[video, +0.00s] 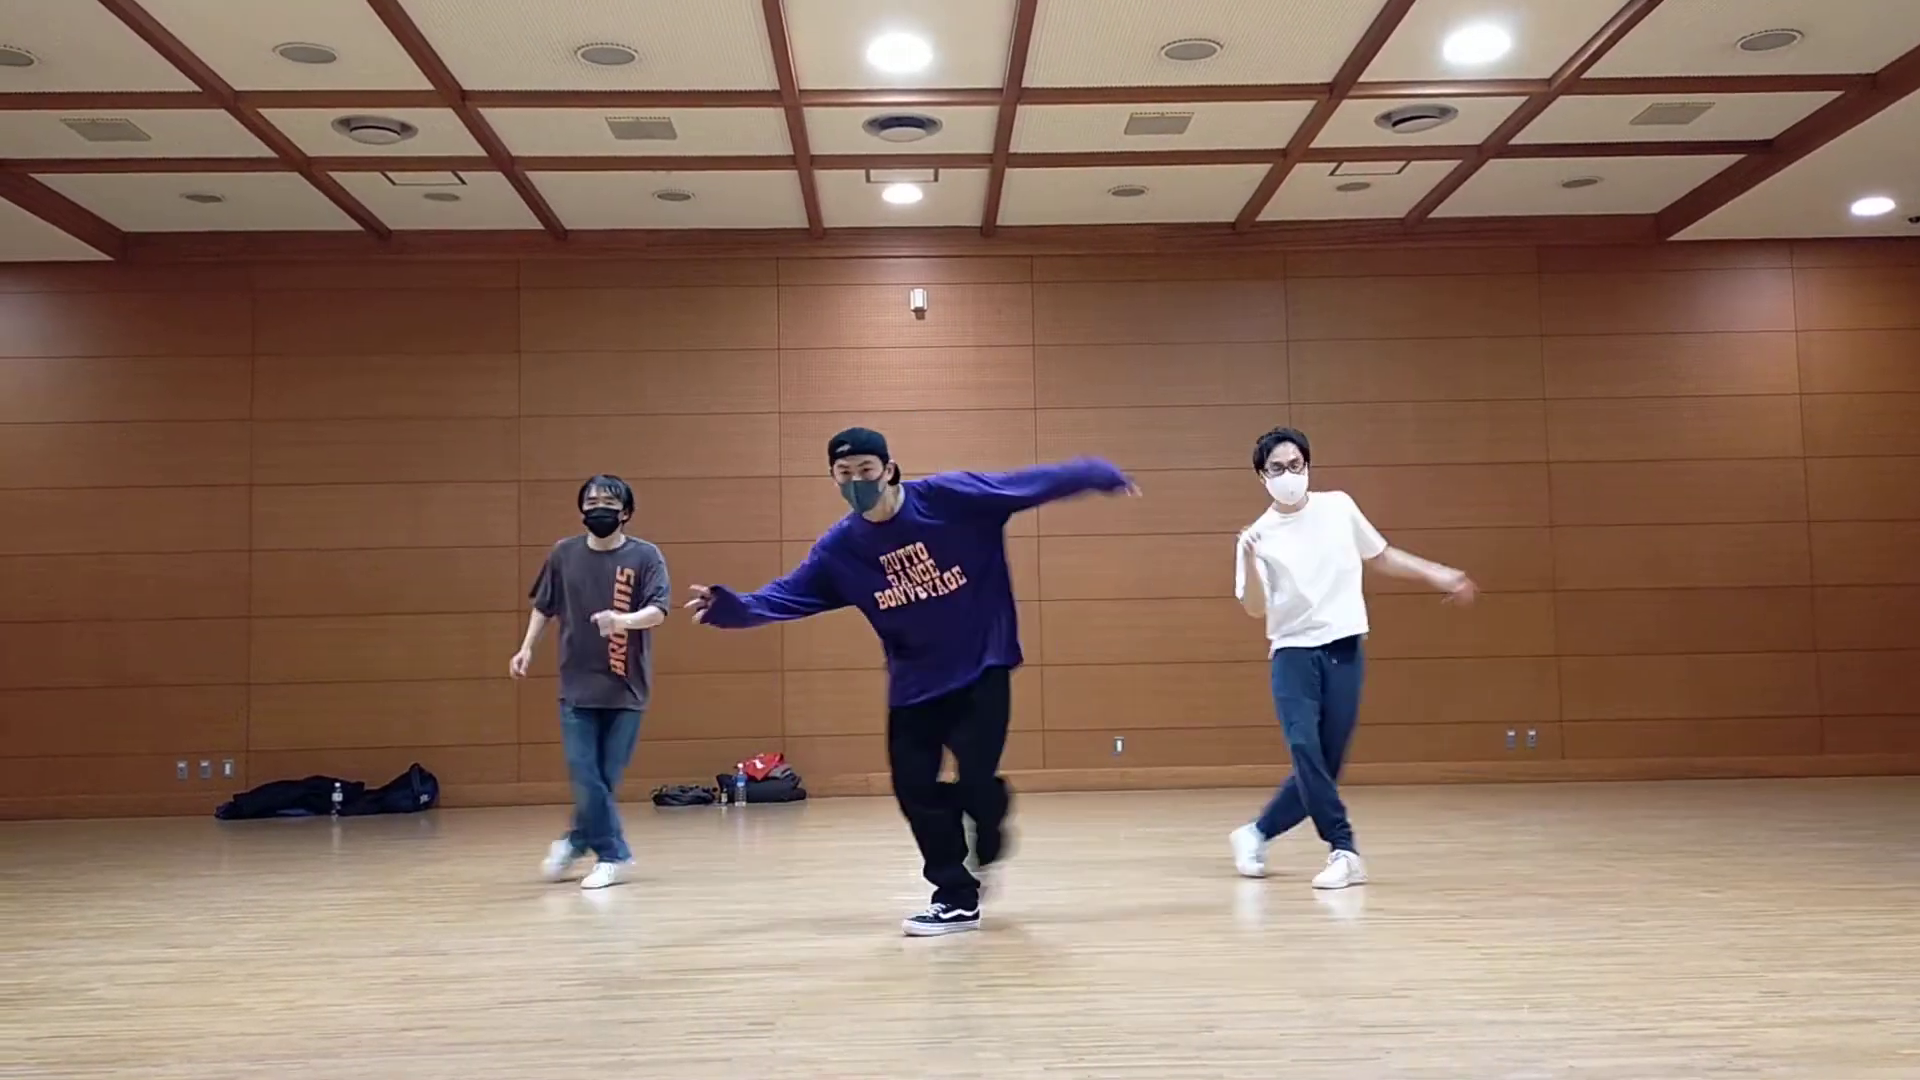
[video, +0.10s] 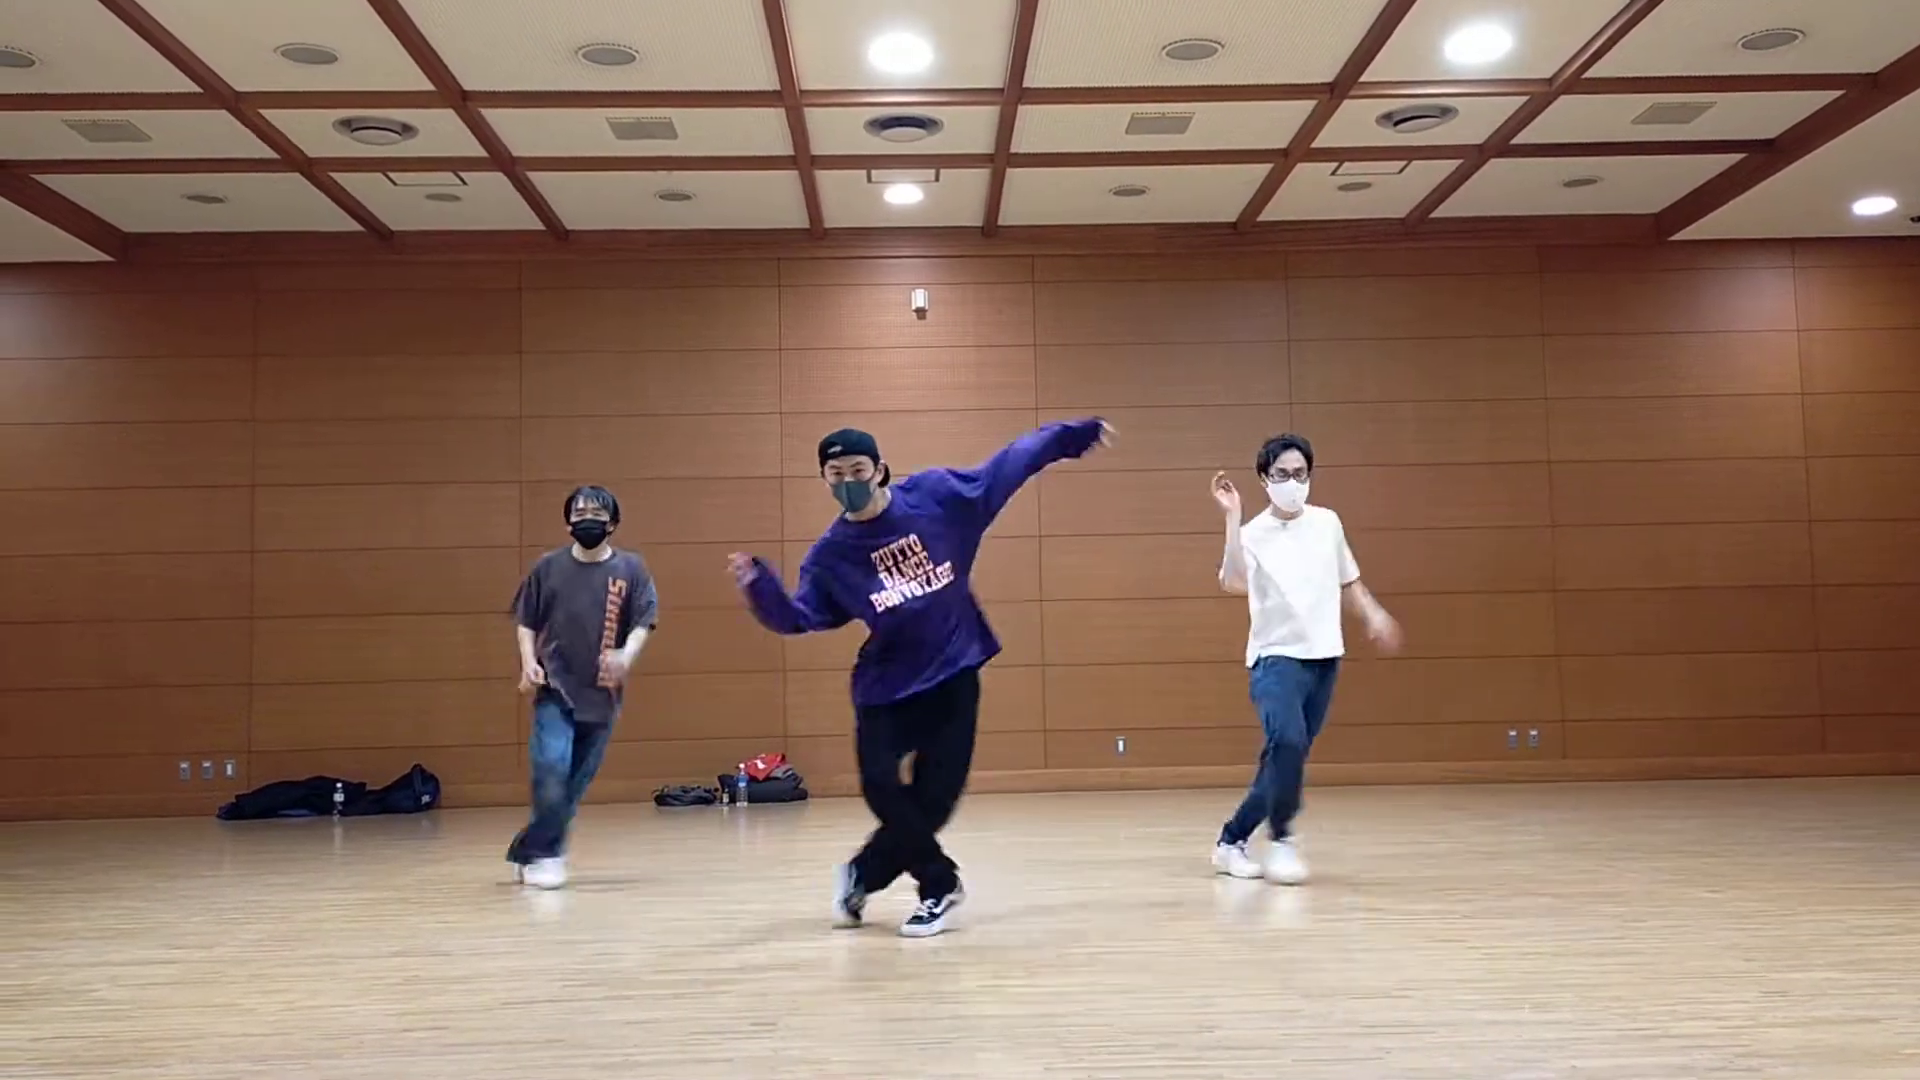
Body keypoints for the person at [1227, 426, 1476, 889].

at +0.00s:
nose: (1290, 473)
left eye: (1296, 464)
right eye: (1279, 468)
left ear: (1308, 467)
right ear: (1263, 478)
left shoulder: (1338, 505)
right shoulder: (1259, 535)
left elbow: (1381, 556)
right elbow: (1254, 604)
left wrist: (1441, 575)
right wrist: (1249, 560)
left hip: (1344, 644)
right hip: (1293, 649)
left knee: (1328, 760)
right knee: (1302, 747)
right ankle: (1343, 851)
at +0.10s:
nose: (1293, 483)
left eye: (1301, 474)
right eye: (1283, 475)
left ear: (1311, 477)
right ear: (1265, 479)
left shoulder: (1327, 523)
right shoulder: (1252, 535)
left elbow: (1352, 583)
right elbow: (1233, 582)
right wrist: (1233, 518)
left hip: (1323, 656)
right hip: (1274, 656)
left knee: (1287, 754)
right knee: (1290, 741)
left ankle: (1231, 842)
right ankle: (1281, 840)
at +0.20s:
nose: (1297, 474)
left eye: (1306, 467)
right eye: (1289, 464)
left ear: (1314, 473)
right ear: (1269, 464)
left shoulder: (1314, 521)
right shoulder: (1242, 517)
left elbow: (1317, 590)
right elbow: (1226, 566)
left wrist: (1331, 637)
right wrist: (1247, 504)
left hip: (1309, 651)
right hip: (1265, 649)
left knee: (1300, 758)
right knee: (1271, 750)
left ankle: (1234, 840)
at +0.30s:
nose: (1311, 473)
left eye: (1320, 467)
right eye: (1303, 462)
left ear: (1326, 476)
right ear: (1281, 464)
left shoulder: (1310, 526)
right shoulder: (1250, 511)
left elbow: (1290, 598)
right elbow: (1216, 561)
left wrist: (1308, 651)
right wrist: (1272, 525)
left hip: (1290, 656)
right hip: (1246, 652)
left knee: (1328, 743)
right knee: (1234, 752)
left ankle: (1270, 833)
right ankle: (1181, 847)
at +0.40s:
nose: (1330, 487)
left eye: (1339, 481)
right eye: (1323, 476)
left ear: (1343, 492)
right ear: (1300, 476)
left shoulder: (1313, 543)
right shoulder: (1270, 516)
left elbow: (1279, 612)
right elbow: (1216, 556)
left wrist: (1298, 666)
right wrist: (1244, 584)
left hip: (1272, 657)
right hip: (1232, 649)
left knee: (1324, 744)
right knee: (1212, 747)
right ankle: (1170, 851)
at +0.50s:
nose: (1346, 502)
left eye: (1356, 497)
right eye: (1338, 491)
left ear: (1362, 509)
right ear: (1318, 493)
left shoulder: (1323, 561)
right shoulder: (1287, 527)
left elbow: (1280, 624)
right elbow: (1221, 558)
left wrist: (1295, 681)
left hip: (1270, 664)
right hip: (1235, 652)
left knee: (1319, 752)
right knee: (1206, 752)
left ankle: (1366, 851)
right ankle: (1163, 852)